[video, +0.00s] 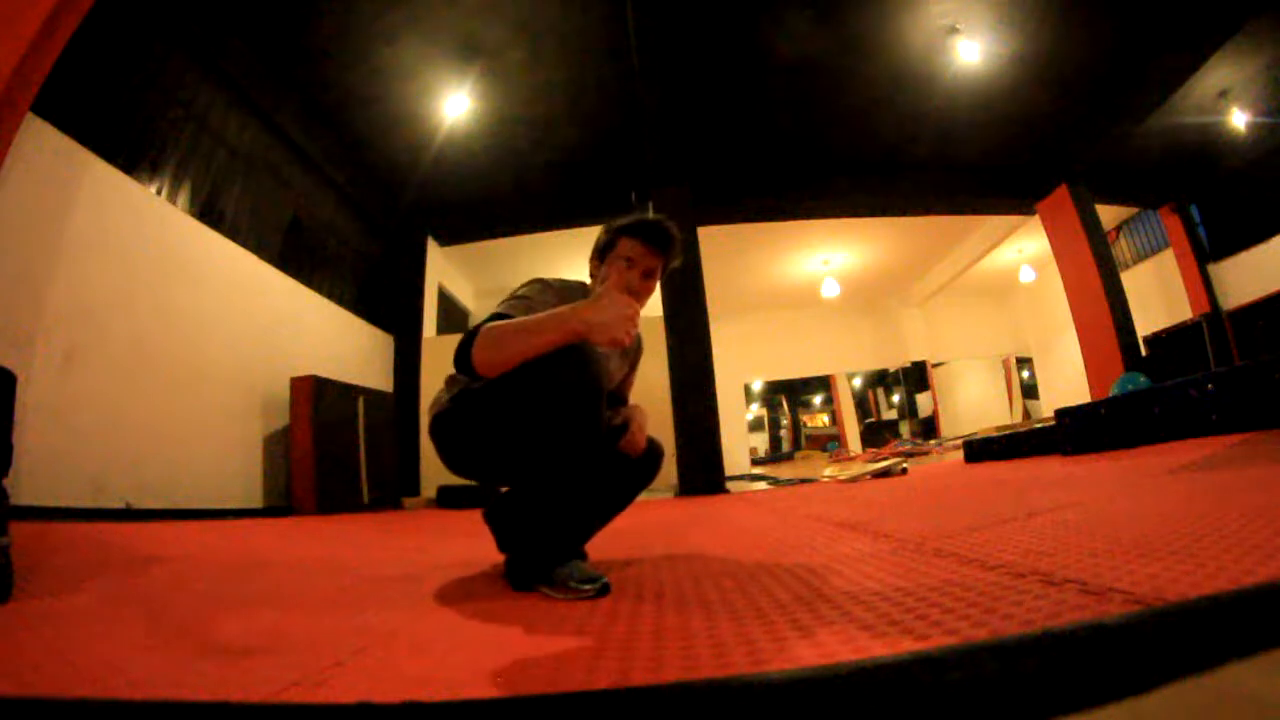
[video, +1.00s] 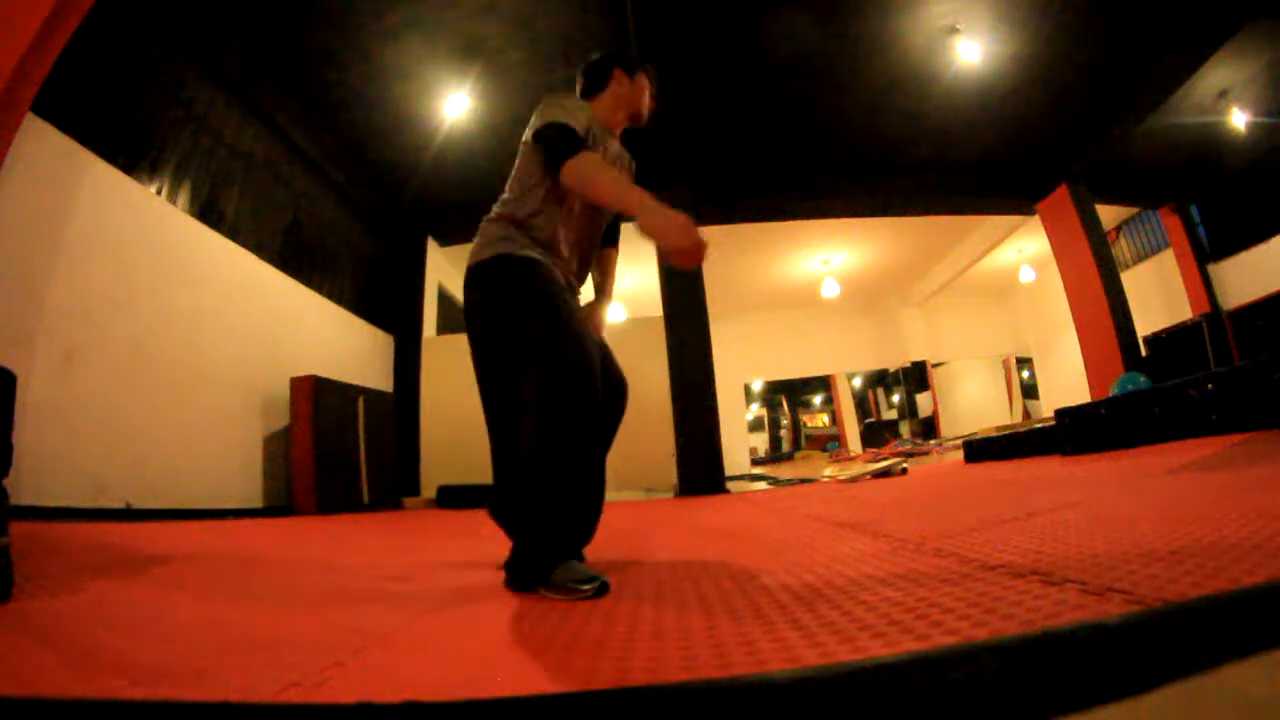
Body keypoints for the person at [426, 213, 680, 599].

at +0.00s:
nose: (636, 281)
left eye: (649, 274)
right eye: (626, 263)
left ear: (655, 286)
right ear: (596, 266)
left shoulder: (629, 344)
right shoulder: (548, 296)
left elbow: (605, 409)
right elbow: (474, 356)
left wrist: (632, 412)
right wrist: (578, 319)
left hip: (536, 441)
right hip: (468, 427)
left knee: (641, 454)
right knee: (570, 366)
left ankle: (522, 519)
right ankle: (545, 559)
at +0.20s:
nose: (651, 295)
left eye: (661, 284)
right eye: (642, 276)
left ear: (666, 289)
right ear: (600, 273)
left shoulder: (622, 346)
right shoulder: (540, 305)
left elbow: (605, 410)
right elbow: (476, 378)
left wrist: (632, 416)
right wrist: (576, 349)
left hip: (541, 449)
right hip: (470, 439)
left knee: (641, 456)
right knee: (570, 399)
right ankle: (542, 559)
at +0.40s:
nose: (673, 290)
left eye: (674, 278)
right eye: (668, 275)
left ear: (634, 275)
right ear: (632, 271)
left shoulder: (619, 341)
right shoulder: (556, 308)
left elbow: (601, 415)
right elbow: (449, 388)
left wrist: (636, 417)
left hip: (540, 464)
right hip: (481, 458)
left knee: (646, 455)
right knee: (582, 370)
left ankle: (544, 550)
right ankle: (542, 558)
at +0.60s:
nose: (674, 260)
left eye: (674, 248)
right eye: (670, 246)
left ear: (641, 243)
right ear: (638, 240)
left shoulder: (620, 324)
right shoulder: (546, 284)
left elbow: (585, 411)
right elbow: (434, 338)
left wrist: (641, 420)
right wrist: (409, 424)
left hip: (534, 432)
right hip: (471, 418)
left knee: (639, 452)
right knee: (602, 377)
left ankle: (521, 521)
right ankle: (548, 557)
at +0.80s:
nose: (668, 172)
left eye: (668, 160)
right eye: (663, 156)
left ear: (633, 156)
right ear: (632, 149)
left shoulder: (626, 237)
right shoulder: (547, 194)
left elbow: (605, 325)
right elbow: (476, 285)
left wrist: (613, 400)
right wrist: (460, 390)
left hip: (568, 364)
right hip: (502, 348)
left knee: (621, 427)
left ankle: (515, 521)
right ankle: (544, 559)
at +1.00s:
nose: (650, 101)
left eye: (651, 93)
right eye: (645, 88)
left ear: (620, 88)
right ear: (619, 80)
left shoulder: (616, 160)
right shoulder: (561, 108)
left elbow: (607, 242)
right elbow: (570, 165)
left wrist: (600, 305)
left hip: (553, 287)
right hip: (507, 268)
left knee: (606, 390)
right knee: (566, 389)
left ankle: (553, 541)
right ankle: (540, 558)